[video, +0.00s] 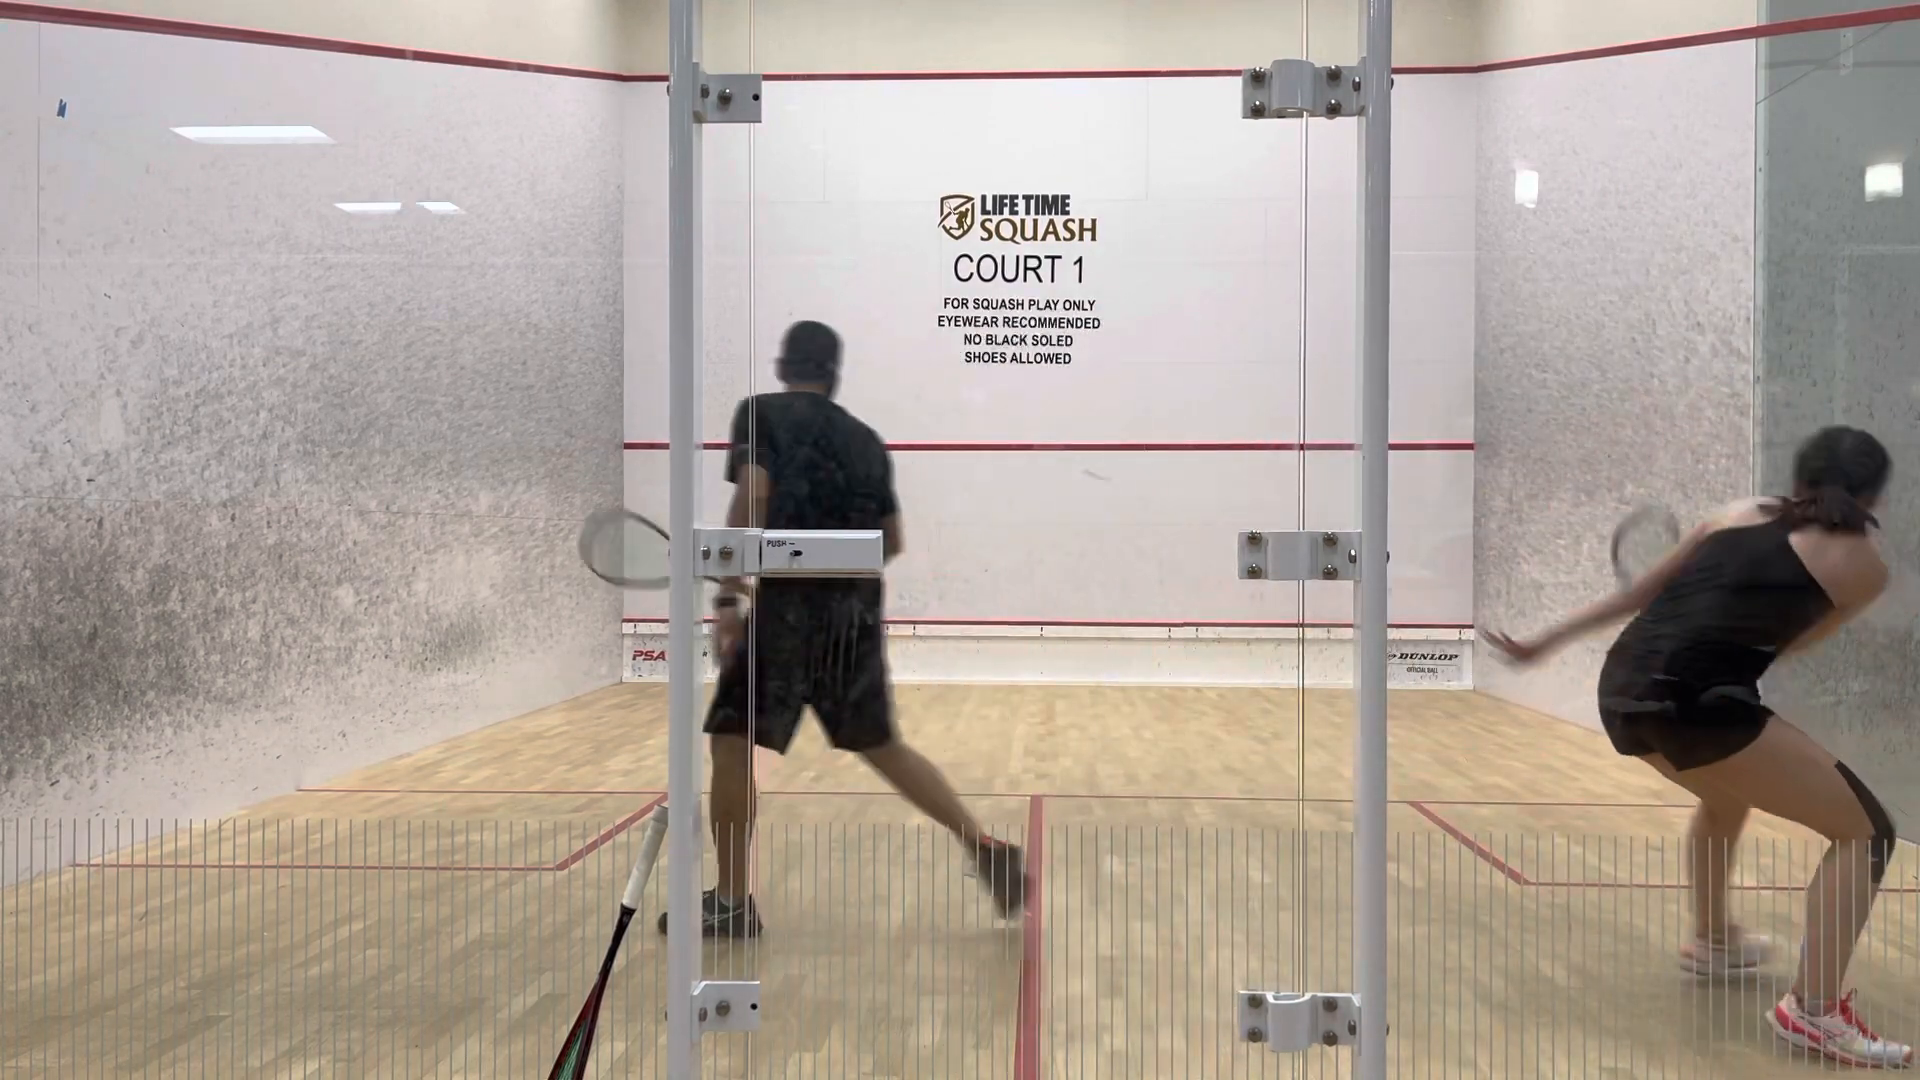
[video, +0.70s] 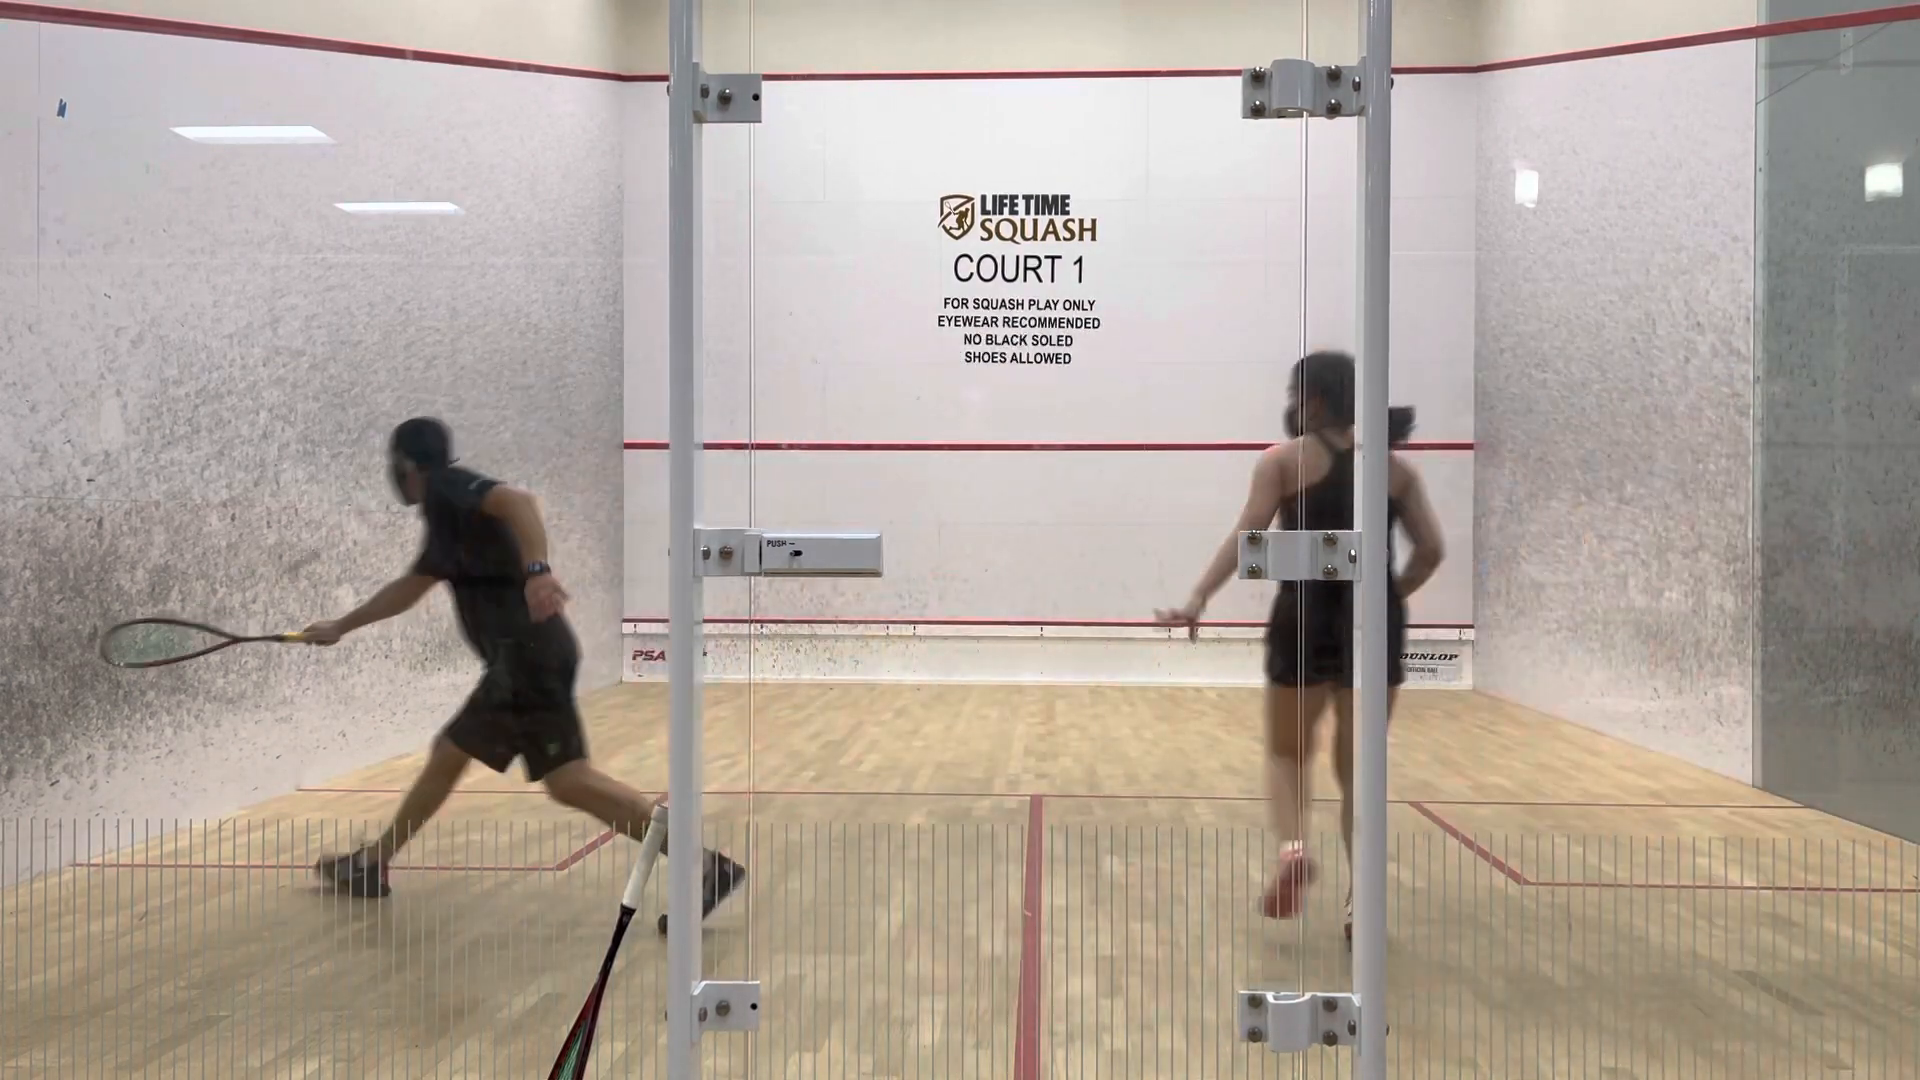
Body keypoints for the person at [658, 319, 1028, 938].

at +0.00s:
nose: (781, 373)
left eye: (781, 364)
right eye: (798, 365)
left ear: (782, 367)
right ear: (835, 374)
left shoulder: (760, 411)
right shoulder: (866, 438)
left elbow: (753, 493)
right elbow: (890, 540)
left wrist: (728, 596)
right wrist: (823, 572)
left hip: (780, 605)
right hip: (855, 609)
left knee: (730, 738)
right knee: (879, 742)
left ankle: (732, 898)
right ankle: (984, 847)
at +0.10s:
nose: (728, 365)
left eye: (727, 354)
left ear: (727, 357)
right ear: (781, 361)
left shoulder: (718, 404)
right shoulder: (815, 428)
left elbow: (713, 494)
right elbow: (836, 528)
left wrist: (670, 564)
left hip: (749, 600)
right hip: (813, 600)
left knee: (714, 738)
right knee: (785, 726)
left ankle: (733, 898)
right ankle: (881, 836)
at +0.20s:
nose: (674, 361)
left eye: (678, 349)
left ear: (686, 355)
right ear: (732, 359)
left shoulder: (678, 402)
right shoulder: (767, 426)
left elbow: (671, 482)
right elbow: (781, 530)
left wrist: (623, 534)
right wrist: (687, 550)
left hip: (727, 597)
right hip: (776, 595)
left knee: (710, 742)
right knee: (726, 736)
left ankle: (734, 895)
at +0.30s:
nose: (632, 381)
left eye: (633, 371)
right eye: (639, 370)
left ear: (638, 371)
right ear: (688, 368)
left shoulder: (642, 412)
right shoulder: (720, 431)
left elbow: (653, 485)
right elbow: (716, 531)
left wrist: (586, 529)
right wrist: (642, 551)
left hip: (685, 605)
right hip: (734, 607)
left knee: (677, 752)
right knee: (667, 737)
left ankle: (730, 896)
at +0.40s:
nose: (587, 396)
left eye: (587, 386)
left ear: (587, 389)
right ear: (639, 388)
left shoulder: (598, 424)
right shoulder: (662, 438)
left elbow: (622, 491)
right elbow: (654, 555)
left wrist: (561, 544)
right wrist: (573, 568)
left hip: (650, 618)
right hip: (697, 612)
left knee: (659, 767)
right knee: (611, 713)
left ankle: (732, 899)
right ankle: (546, 834)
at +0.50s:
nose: (526, 417)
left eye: (527, 408)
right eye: (537, 408)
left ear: (530, 409)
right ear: (577, 407)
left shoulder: (547, 440)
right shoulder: (595, 449)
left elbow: (589, 495)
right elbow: (581, 564)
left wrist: (537, 575)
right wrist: (496, 587)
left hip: (630, 632)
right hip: (648, 623)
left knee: (643, 774)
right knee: (548, 701)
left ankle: (728, 896)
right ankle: (485, 826)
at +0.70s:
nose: (394, 477)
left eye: (396, 467)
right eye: (393, 467)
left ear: (412, 466)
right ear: (430, 462)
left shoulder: (452, 487)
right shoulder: (445, 514)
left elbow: (520, 503)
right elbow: (409, 589)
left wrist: (537, 570)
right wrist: (341, 625)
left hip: (533, 655)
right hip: (516, 661)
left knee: (568, 781)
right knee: (450, 752)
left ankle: (704, 862)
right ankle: (374, 861)